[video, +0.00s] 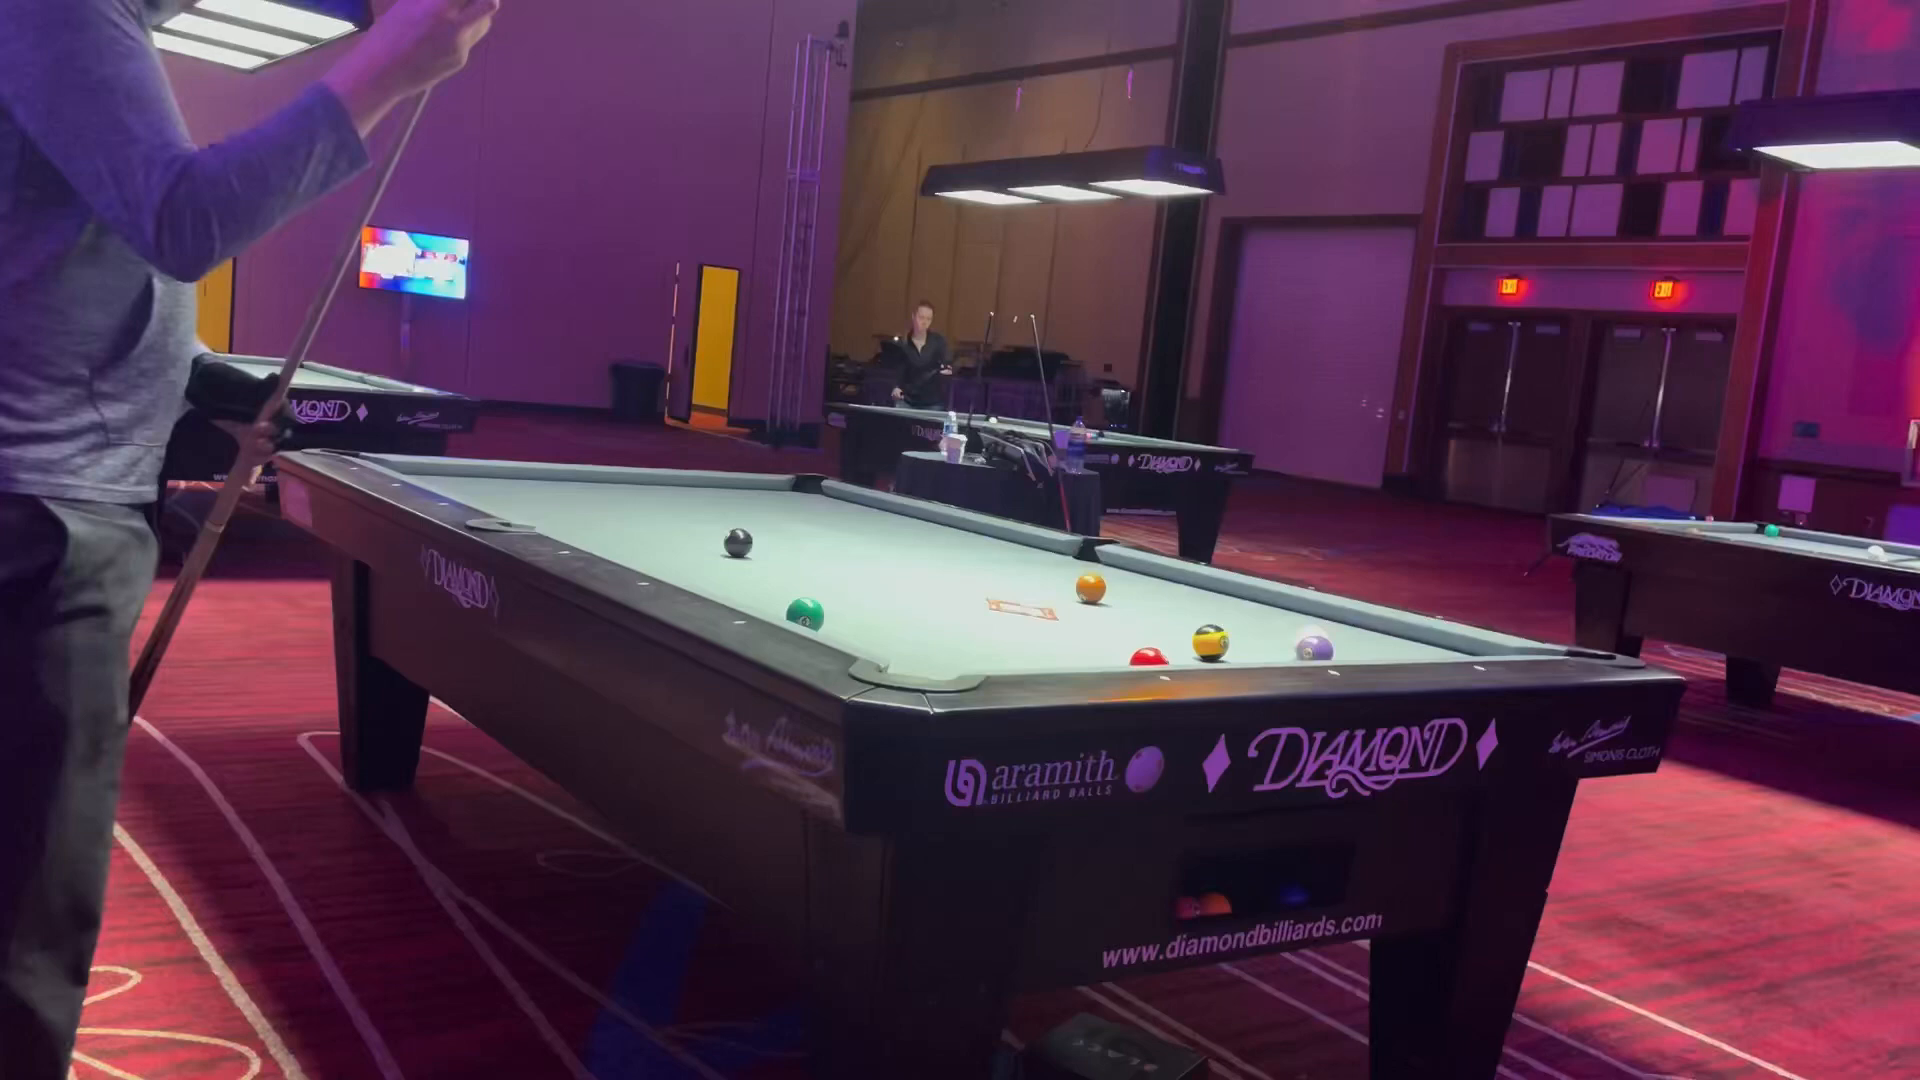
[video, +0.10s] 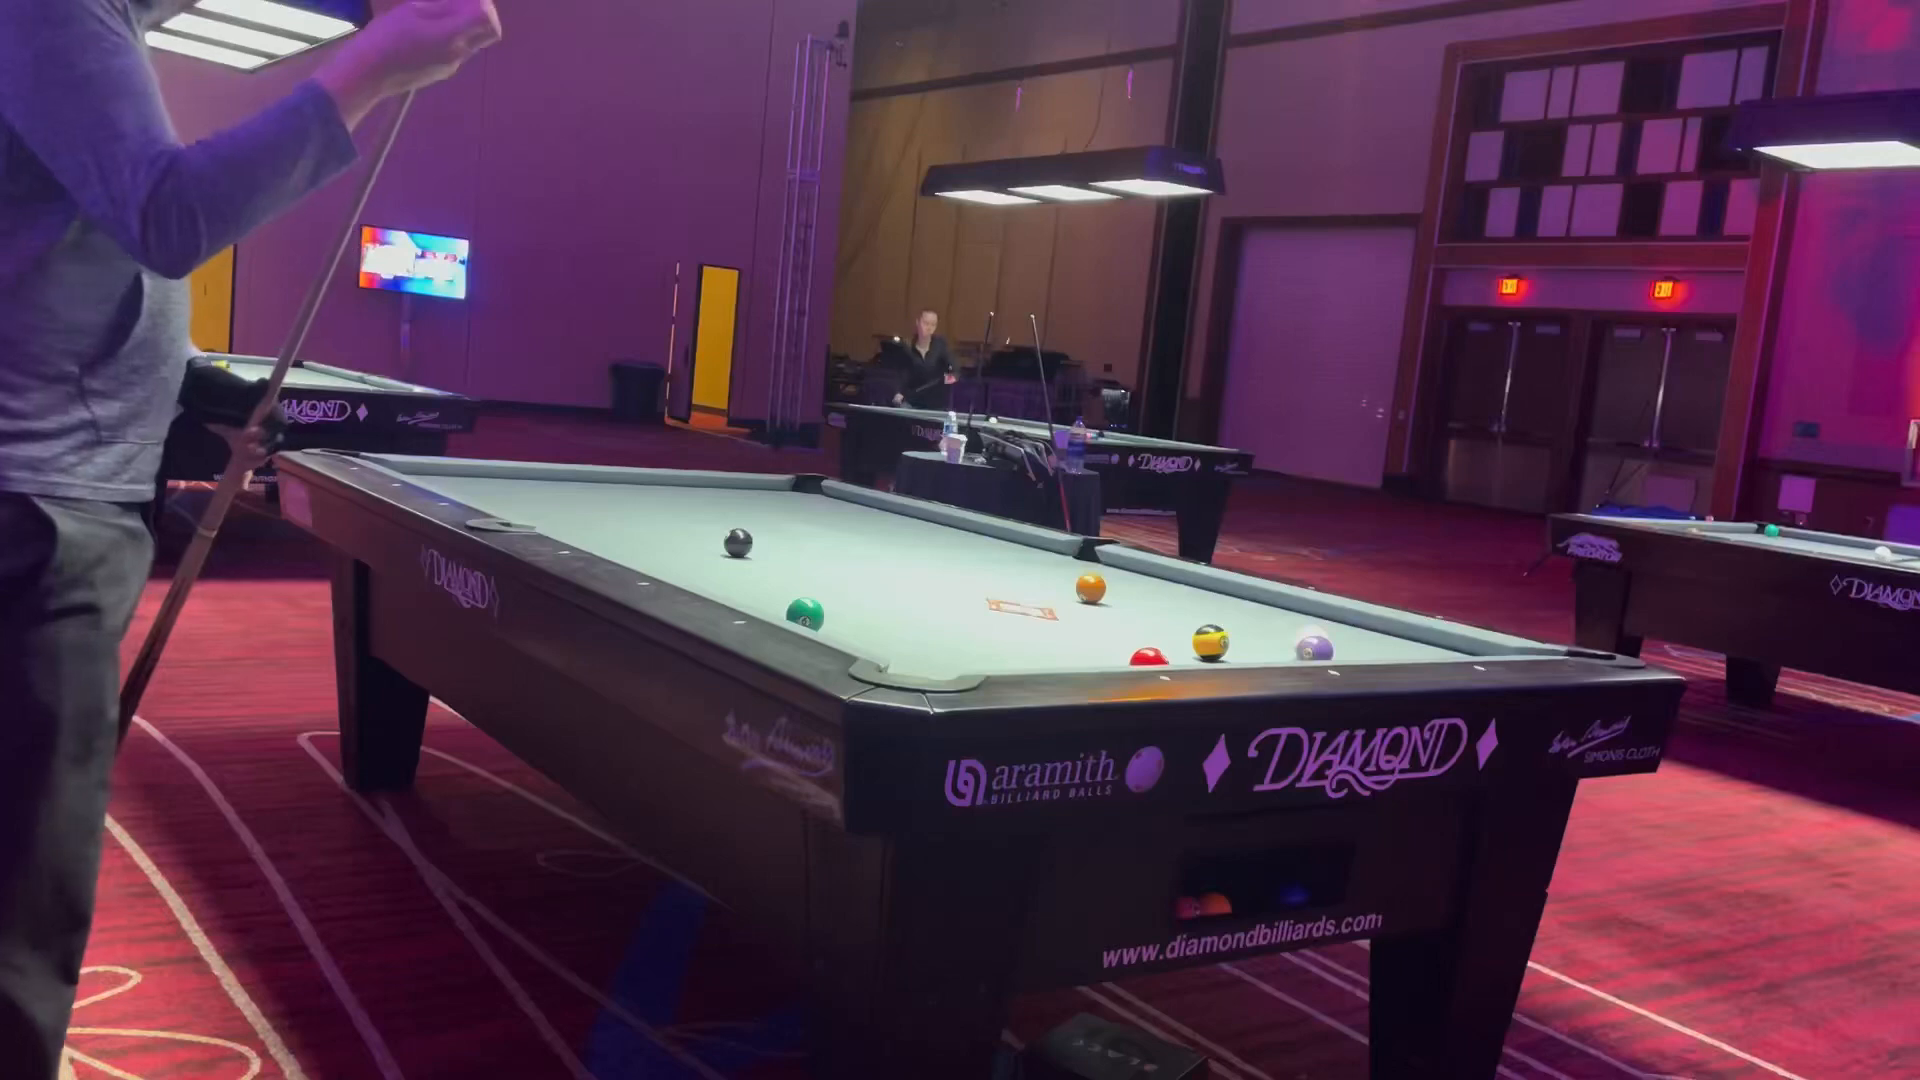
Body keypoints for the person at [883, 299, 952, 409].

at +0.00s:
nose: (924, 322)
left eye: (928, 319)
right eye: (921, 318)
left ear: (931, 321)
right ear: (913, 317)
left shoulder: (938, 341)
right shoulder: (902, 342)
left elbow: (946, 360)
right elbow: (898, 368)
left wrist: (947, 368)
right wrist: (896, 387)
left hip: (932, 401)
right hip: (906, 399)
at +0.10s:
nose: (929, 328)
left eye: (933, 325)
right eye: (926, 323)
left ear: (936, 327)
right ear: (918, 323)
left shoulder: (940, 344)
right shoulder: (907, 346)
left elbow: (953, 362)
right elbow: (900, 371)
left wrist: (953, 375)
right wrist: (898, 392)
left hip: (936, 402)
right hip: (912, 401)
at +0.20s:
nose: (933, 335)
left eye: (937, 332)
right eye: (930, 330)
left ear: (940, 334)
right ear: (922, 329)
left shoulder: (944, 352)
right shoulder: (910, 351)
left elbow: (962, 377)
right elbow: (902, 375)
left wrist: (957, 387)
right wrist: (901, 396)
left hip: (940, 405)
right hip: (915, 404)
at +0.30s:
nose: (937, 343)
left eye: (941, 340)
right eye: (934, 339)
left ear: (944, 342)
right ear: (925, 337)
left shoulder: (948, 358)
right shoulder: (913, 357)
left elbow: (964, 382)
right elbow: (902, 380)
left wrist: (959, 396)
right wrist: (904, 400)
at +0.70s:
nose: (944, 369)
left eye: (947, 365)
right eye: (941, 364)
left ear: (950, 365)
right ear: (932, 359)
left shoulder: (952, 374)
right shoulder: (916, 367)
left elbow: (966, 396)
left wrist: (966, 412)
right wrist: (907, 392)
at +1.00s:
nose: (944, 377)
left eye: (948, 374)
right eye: (942, 372)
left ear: (951, 373)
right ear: (934, 367)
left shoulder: (953, 382)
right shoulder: (921, 370)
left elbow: (967, 399)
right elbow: (911, 361)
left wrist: (967, 413)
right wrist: (908, 388)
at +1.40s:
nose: (943, 391)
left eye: (946, 387)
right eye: (941, 386)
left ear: (949, 386)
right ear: (933, 379)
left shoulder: (951, 393)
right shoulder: (920, 378)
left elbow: (968, 407)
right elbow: (912, 360)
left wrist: (966, 414)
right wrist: (908, 388)